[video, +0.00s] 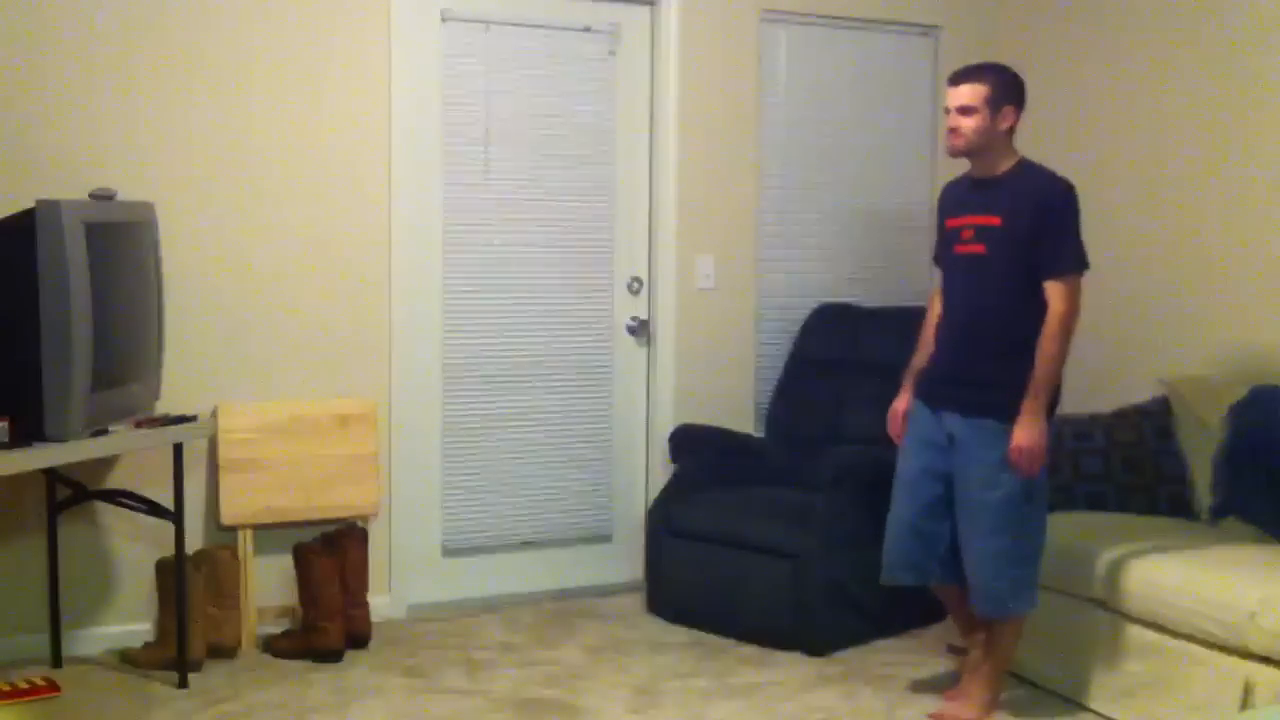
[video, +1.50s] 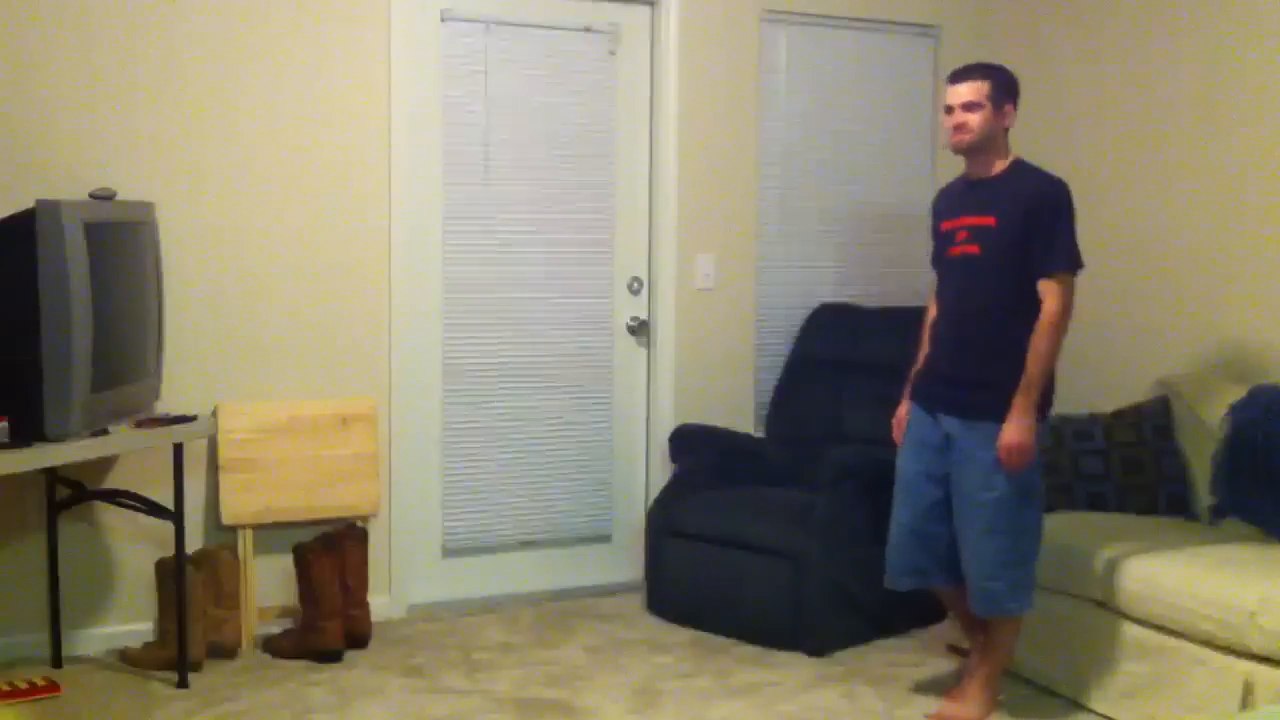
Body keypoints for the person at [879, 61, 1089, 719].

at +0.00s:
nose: (952, 123)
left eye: (966, 112)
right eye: (949, 112)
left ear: (1007, 117)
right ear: (952, 120)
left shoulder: (1048, 194)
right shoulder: (953, 198)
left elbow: (1062, 309)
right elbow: (943, 299)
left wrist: (1034, 413)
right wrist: (909, 388)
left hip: (1002, 418)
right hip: (934, 408)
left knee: (998, 562)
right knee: (923, 539)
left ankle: (986, 690)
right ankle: (975, 646)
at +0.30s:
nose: (947, 122)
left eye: (961, 110)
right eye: (944, 111)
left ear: (1002, 115)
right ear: (946, 119)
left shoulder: (1044, 194)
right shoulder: (950, 200)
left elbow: (1055, 311)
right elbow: (941, 302)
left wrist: (1023, 412)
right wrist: (910, 393)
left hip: (999, 419)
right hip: (934, 411)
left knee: (998, 563)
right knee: (928, 547)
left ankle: (987, 689)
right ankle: (982, 647)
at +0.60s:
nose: (945, 122)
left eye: (958, 110)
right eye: (941, 112)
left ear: (998, 115)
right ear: (943, 120)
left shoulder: (1039, 193)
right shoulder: (945, 199)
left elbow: (1053, 308)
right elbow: (938, 305)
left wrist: (1023, 410)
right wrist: (908, 396)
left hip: (997, 419)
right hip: (932, 411)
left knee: (996, 563)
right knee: (931, 549)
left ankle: (985, 691)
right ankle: (984, 649)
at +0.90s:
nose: (942, 124)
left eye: (955, 111)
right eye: (938, 114)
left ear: (995, 114)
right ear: (939, 121)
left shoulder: (1038, 192)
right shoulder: (944, 199)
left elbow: (1057, 305)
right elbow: (938, 303)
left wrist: (1027, 409)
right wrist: (905, 392)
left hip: (997, 417)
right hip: (930, 409)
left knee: (996, 563)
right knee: (923, 543)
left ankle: (984, 690)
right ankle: (975, 641)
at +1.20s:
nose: (945, 122)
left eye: (959, 110)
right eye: (941, 112)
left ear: (999, 115)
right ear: (941, 121)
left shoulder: (1040, 193)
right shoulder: (944, 199)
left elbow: (1055, 309)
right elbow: (938, 303)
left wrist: (1029, 409)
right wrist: (908, 395)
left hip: (998, 417)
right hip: (933, 410)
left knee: (1000, 561)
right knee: (932, 544)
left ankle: (986, 687)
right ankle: (976, 639)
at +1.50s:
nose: (955, 119)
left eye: (969, 108)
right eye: (949, 110)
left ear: (1005, 115)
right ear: (944, 121)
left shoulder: (1042, 192)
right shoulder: (947, 201)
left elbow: (1054, 309)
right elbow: (940, 305)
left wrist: (1024, 411)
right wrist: (909, 395)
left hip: (998, 418)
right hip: (932, 409)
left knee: (996, 562)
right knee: (923, 544)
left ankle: (984, 688)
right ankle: (978, 643)